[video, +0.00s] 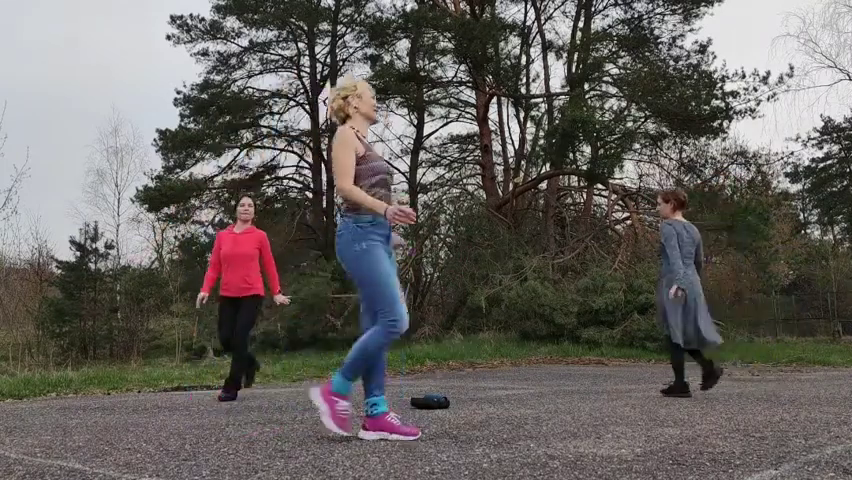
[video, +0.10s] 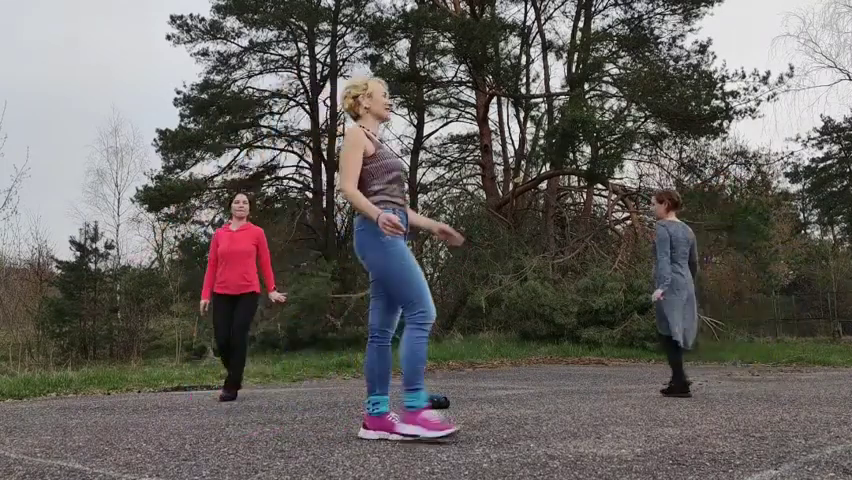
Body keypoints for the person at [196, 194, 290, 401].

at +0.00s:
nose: (246, 208)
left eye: (249, 206)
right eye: (242, 205)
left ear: (254, 211)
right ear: (236, 210)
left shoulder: (259, 235)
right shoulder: (223, 235)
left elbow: (269, 264)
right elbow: (214, 265)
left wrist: (276, 292)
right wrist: (205, 289)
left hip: (251, 294)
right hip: (228, 294)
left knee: (239, 338)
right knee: (226, 340)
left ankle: (231, 388)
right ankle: (250, 364)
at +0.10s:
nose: (240, 206)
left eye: (244, 203)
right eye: (237, 202)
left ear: (249, 208)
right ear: (230, 207)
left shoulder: (256, 232)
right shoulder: (219, 234)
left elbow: (265, 261)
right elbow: (212, 265)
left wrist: (271, 289)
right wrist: (205, 294)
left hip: (247, 292)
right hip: (222, 292)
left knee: (238, 337)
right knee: (221, 341)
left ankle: (232, 387)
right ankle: (234, 373)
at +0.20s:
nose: (236, 207)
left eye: (239, 203)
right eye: (232, 203)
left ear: (244, 208)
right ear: (225, 208)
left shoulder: (253, 233)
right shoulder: (214, 235)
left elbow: (259, 264)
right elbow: (209, 266)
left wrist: (262, 293)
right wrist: (207, 296)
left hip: (244, 294)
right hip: (218, 293)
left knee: (237, 341)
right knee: (216, 341)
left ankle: (231, 387)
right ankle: (214, 387)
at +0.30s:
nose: (231, 208)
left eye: (234, 205)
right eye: (227, 205)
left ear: (240, 209)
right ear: (222, 209)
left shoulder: (248, 234)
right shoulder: (213, 234)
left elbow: (251, 262)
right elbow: (208, 262)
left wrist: (249, 286)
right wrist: (206, 286)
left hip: (238, 294)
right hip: (214, 293)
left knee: (234, 341)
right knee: (206, 337)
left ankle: (231, 388)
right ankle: (203, 384)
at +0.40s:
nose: (226, 203)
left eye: (229, 200)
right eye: (222, 200)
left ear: (236, 203)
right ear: (217, 204)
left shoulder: (242, 224)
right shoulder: (212, 225)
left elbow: (241, 246)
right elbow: (209, 251)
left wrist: (234, 261)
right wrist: (207, 275)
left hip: (233, 285)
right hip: (207, 284)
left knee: (230, 336)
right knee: (202, 331)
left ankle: (228, 385)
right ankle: (194, 379)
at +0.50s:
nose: (222, 198)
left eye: (226, 194)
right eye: (218, 195)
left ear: (231, 197)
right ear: (212, 199)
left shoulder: (237, 217)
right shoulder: (208, 221)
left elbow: (230, 235)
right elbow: (204, 242)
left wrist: (218, 244)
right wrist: (208, 245)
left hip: (227, 280)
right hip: (202, 279)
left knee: (227, 334)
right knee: (198, 328)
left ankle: (228, 382)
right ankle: (190, 375)